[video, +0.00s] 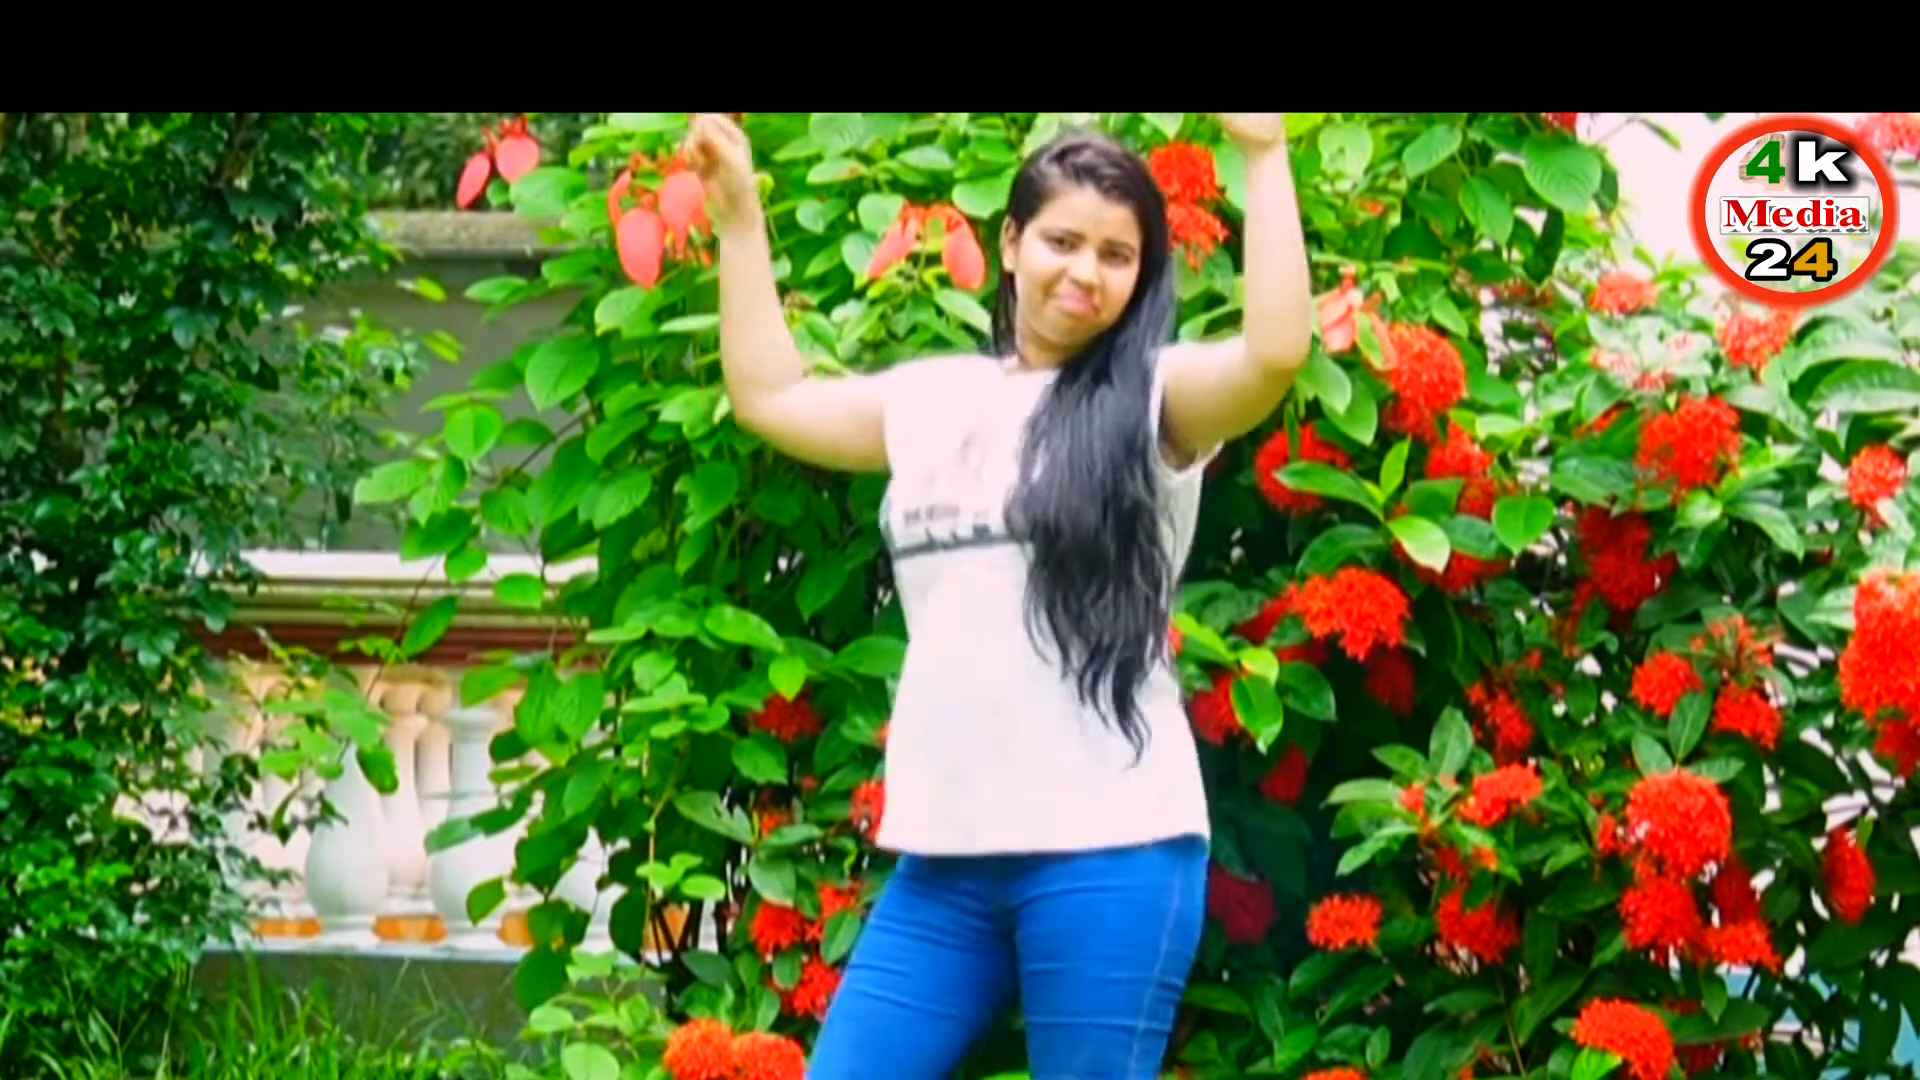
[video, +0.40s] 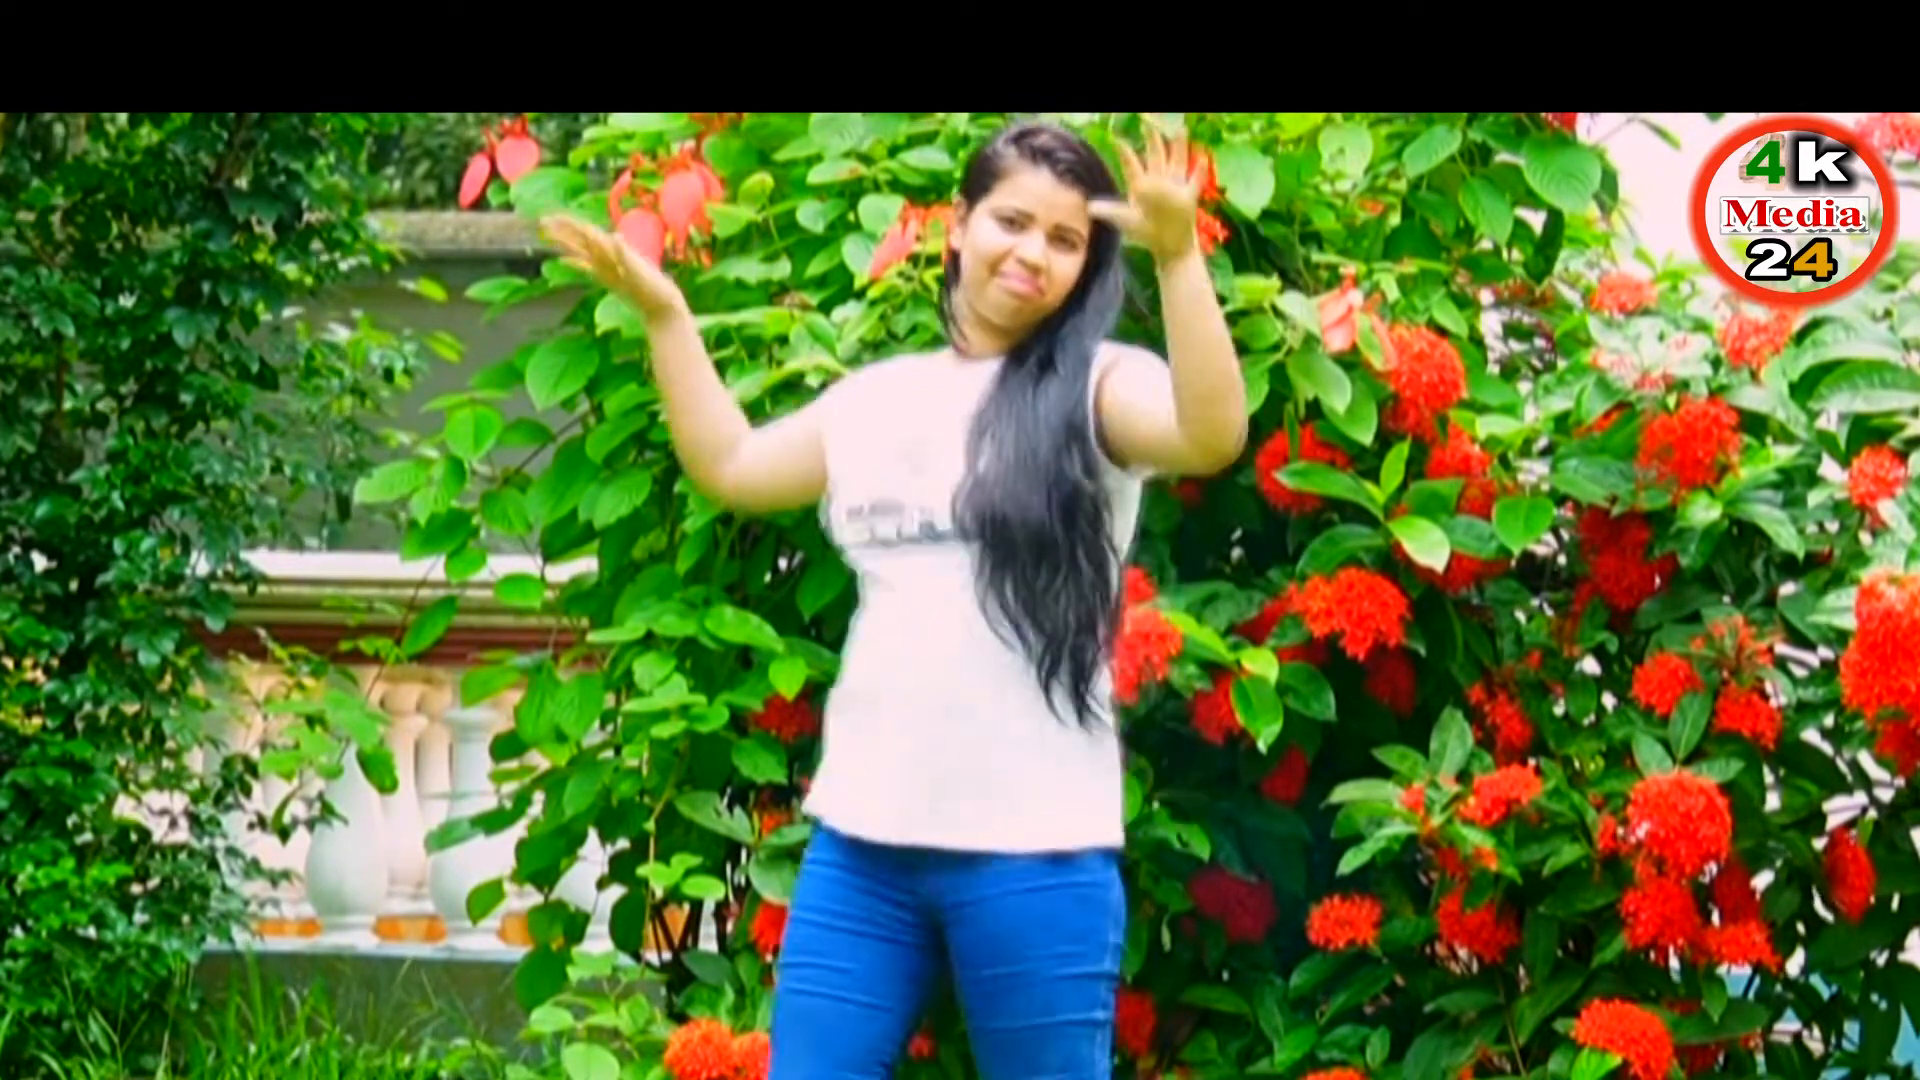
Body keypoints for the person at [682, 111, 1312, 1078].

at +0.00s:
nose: (1084, 274)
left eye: (1115, 255)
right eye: (1062, 241)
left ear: (1142, 276)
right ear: (1012, 243)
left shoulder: (1152, 396)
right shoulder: (927, 397)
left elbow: (1276, 352)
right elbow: (767, 396)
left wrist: (1264, 151)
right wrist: (738, 221)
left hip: (1110, 861)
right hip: (939, 863)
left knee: (1088, 1072)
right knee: (841, 1070)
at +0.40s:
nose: (1032, 254)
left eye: (1064, 241)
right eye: (1013, 222)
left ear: (1086, 269)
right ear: (960, 226)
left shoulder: (1093, 384)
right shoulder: (874, 399)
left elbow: (1212, 437)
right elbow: (730, 466)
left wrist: (1179, 257)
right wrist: (667, 318)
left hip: (1036, 861)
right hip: (859, 850)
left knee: (1051, 1070)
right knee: (806, 1069)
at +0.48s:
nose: (1016, 251)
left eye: (1049, 236)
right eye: (998, 217)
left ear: (1074, 264)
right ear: (945, 222)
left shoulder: (1079, 387)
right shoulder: (851, 405)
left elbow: (1221, 480)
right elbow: (746, 512)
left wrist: (1187, 304)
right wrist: (673, 357)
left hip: (1027, 853)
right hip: (850, 853)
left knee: (1060, 1070)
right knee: (796, 1069)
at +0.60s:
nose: (989, 263)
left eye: (1021, 248)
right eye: (969, 229)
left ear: (1042, 276)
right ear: (916, 233)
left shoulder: (1046, 418)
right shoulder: (829, 421)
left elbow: (1165, 592)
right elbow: (783, 600)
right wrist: (634, 471)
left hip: (1004, 861)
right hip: (829, 862)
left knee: (1036, 1070)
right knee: (769, 1071)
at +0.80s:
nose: (968, 288)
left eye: (999, 273)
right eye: (948, 256)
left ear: (1020, 299)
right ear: (890, 260)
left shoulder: (1031, 430)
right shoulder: (827, 448)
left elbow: (1126, 635)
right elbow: (741, 619)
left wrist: (1149, 611)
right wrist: (559, 585)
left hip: (983, 885)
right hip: (804, 879)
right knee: (733, 1072)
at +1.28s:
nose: (1003, 260)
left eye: (1037, 247)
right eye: (984, 229)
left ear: (1067, 281)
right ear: (938, 240)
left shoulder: (1090, 411)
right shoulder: (899, 431)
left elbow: (1169, 589)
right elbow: (840, 606)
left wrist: (1113, 497)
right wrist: (670, 549)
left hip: (1019, 866)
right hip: (845, 851)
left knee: (1027, 1069)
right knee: (781, 1069)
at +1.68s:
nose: (1090, 256)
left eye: (1125, 241)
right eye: (1073, 225)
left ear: (1159, 275)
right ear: (1029, 239)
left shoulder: (1164, 405)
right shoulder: (995, 424)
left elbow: (1234, 582)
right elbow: (917, 586)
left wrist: (1193, 413)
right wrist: (775, 476)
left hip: (1105, 852)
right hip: (951, 845)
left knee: (1075, 1071)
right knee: (868, 1069)